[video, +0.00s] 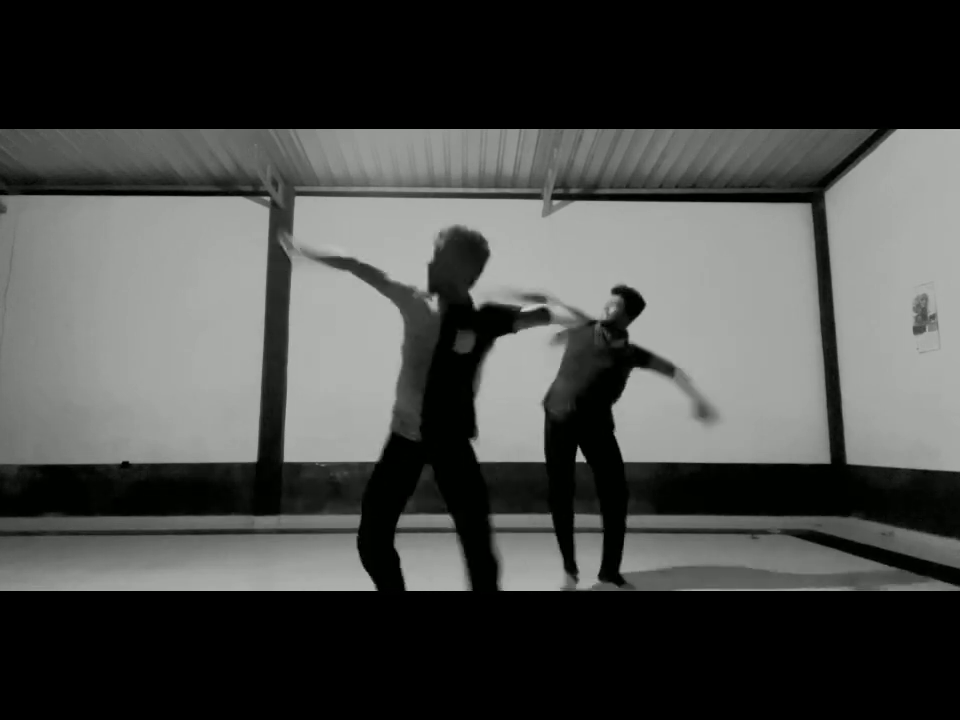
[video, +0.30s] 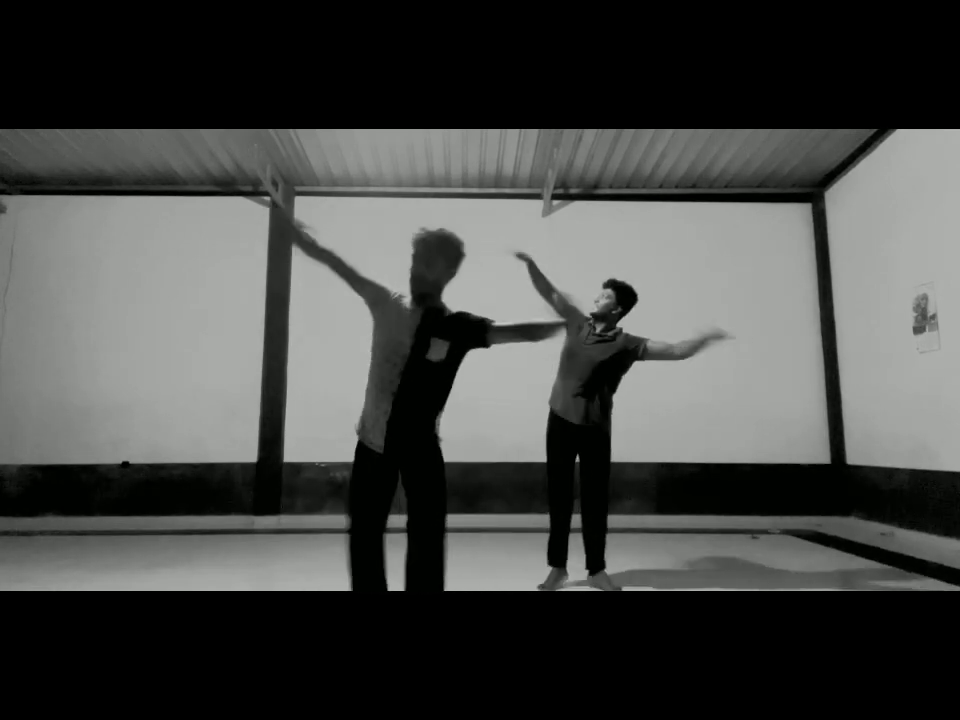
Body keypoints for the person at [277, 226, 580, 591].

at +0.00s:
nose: (430, 262)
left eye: (439, 255)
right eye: (434, 254)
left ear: (464, 268)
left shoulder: (490, 320)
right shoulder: (415, 303)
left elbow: (549, 314)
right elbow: (354, 267)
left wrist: (585, 318)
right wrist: (299, 250)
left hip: (453, 447)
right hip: (405, 443)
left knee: (478, 546)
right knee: (373, 542)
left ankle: (487, 593)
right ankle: (395, 593)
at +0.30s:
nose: (416, 270)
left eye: (428, 263)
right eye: (415, 260)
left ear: (450, 272)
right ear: (410, 261)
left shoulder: (458, 328)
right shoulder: (383, 306)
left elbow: (524, 333)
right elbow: (322, 255)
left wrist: (563, 324)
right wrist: (284, 214)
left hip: (420, 452)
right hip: (372, 448)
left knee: (426, 547)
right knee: (364, 544)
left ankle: (424, 599)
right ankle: (369, 596)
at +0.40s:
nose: (412, 282)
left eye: (421, 272)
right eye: (405, 272)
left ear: (434, 277)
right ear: (395, 274)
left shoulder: (450, 331)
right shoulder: (376, 322)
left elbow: (511, 348)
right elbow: (347, 309)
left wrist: (478, 335)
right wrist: (348, 302)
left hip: (426, 450)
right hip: (376, 448)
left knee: (451, 530)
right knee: (334, 533)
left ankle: (443, 594)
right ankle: (347, 593)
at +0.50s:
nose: (410, 311)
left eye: (411, 303)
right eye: (401, 304)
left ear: (414, 308)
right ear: (381, 313)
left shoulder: (439, 362)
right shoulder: (366, 365)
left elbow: (478, 403)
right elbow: (333, 412)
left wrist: (452, 386)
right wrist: (356, 391)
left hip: (431, 476)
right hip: (379, 475)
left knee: (473, 564)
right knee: (318, 556)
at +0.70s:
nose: (410, 322)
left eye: (406, 315)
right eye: (399, 318)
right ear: (378, 334)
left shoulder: (437, 375)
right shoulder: (362, 387)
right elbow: (304, 437)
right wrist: (345, 406)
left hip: (434, 494)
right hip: (378, 495)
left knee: (490, 573)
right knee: (308, 571)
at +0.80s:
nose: (415, 291)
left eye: (411, 283)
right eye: (403, 287)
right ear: (381, 300)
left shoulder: (440, 338)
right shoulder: (365, 355)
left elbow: (475, 326)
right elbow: (317, 367)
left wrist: (501, 318)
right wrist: (307, 373)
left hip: (440, 467)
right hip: (387, 469)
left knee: (477, 557)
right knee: (338, 558)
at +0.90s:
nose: (422, 270)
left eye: (420, 263)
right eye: (413, 266)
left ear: (415, 269)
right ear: (389, 276)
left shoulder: (445, 312)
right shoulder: (366, 326)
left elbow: (508, 288)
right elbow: (299, 334)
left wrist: (563, 264)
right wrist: (246, 342)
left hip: (440, 448)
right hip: (388, 449)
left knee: (459, 543)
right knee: (367, 539)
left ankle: (460, 600)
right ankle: (363, 596)